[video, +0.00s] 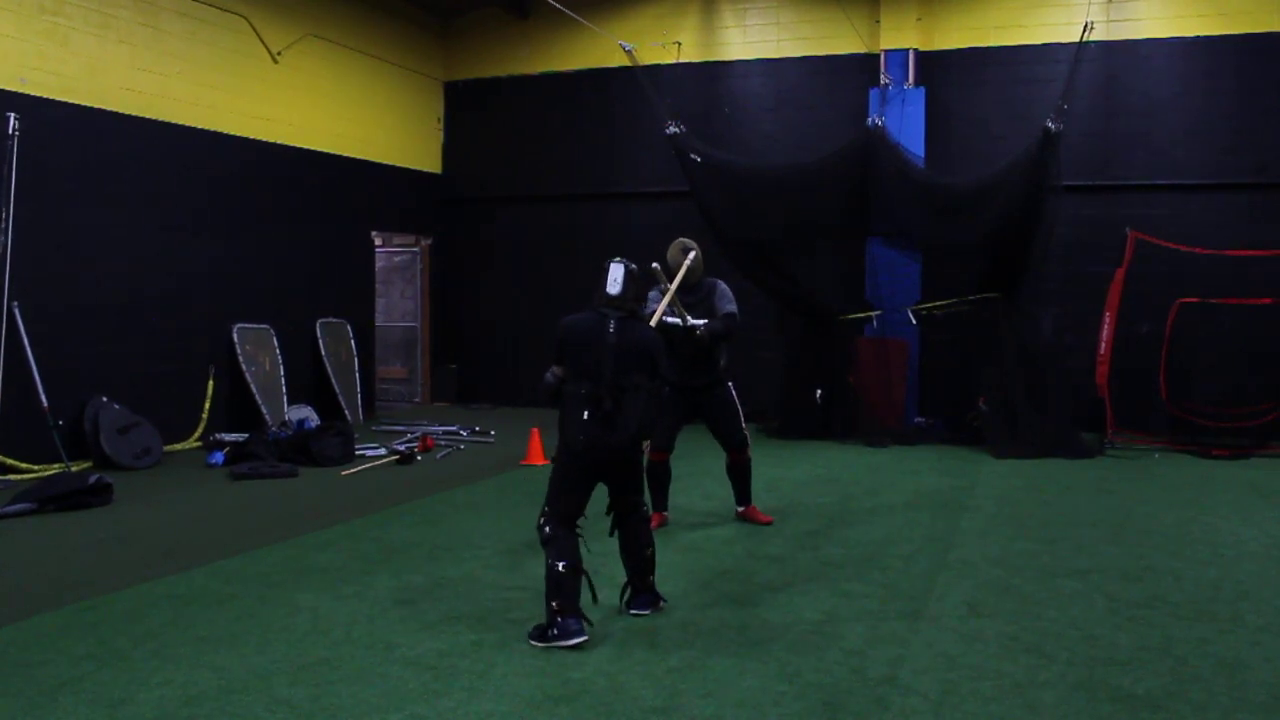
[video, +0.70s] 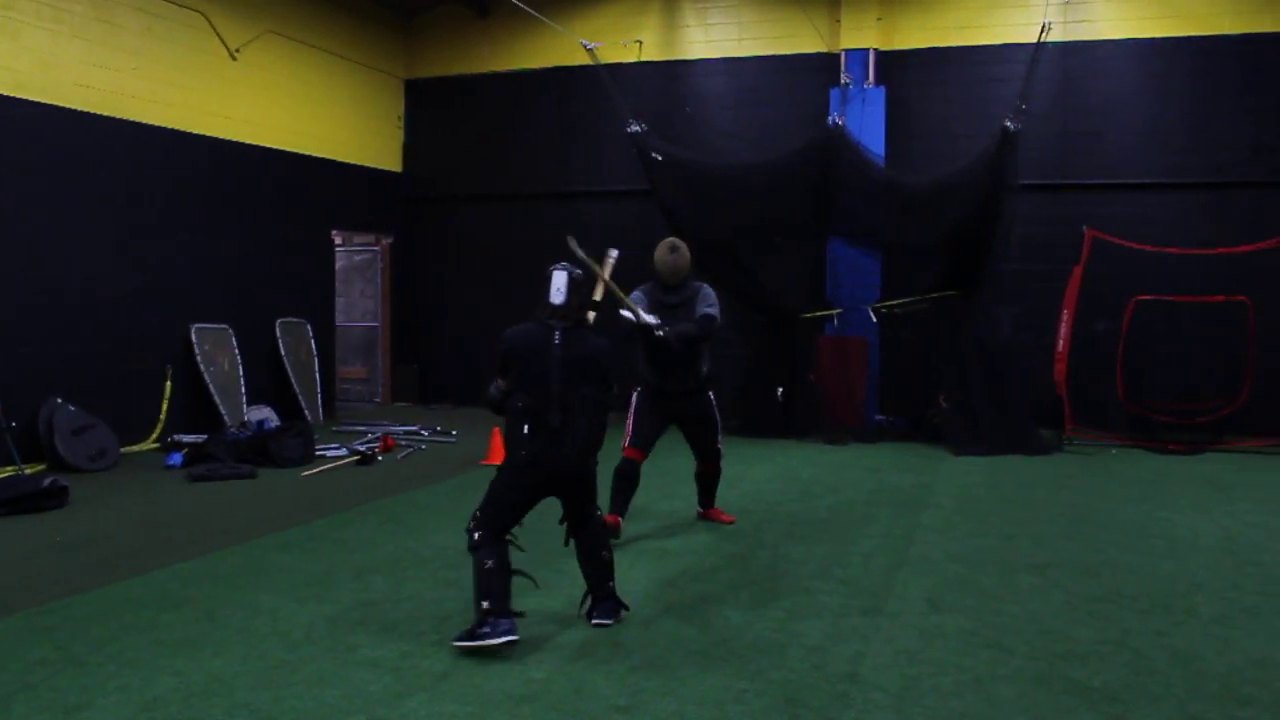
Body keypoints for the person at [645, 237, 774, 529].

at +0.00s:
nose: (690, 273)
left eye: (694, 267)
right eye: (683, 268)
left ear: (701, 266)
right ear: (672, 269)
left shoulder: (716, 289)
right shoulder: (659, 295)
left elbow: (730, 320)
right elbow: (650, 324)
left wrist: (705, 329)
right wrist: (675, 323)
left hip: (713, 383)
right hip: (672, 384)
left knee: (738, 443)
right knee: (659, 448)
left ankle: (744, 506)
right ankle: (658, 512)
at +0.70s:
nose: (672, 279)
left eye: (677, 273)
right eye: (667, 273)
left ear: (686, 270)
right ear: (658, 270)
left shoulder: (702, 294)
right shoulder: (642, 297)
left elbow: (708, 325)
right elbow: (625, 322)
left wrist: (668, 333)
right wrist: (645, 325)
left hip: (694, 390)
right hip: (652, 390)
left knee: (710, 454)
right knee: (632, 454)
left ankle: (707, 508)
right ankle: (615, 516)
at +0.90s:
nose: (640, 272)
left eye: (646, 265)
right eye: (634, 268)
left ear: (658, 273)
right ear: (626, 276)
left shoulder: (676, 301)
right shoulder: (617, 308)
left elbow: (682, 330)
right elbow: (601, 334)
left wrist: (634, 321)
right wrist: (612, 298)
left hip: (668, 401)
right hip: (627, 403)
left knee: (689, 463)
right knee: (612, 468)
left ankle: (700, 509)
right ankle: (605, 535)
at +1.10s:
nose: (625, 271)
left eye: (629, 266)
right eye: (617, 268)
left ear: (639, 277)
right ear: (605, 282)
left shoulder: (657, 306)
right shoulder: (595, 311)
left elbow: (657, 334)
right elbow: (589, 332)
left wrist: (617, 344)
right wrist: (597, 343)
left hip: (651, 407)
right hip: (609, 410)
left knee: (677, 468)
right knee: (593, 474)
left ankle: (682, 510)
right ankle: (599, 536)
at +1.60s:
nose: (649, 277)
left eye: (654, 272)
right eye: (645, 272)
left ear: (665, 275)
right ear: (636, 276)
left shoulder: (687, 307)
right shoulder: (623, 309)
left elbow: (696, 350)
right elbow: (601, 353)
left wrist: (651, 358)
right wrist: (616, 339)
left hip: (678, 401)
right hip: (634, 402)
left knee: (695, 472)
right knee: (616, 469)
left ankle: (697, 510)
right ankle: (603, 531)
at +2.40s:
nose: (665, 286)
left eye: (671, 280)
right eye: (661, 280)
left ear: (681, 282)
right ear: (652, 283)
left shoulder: (696, 312)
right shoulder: (644, 308)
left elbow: (688, 355)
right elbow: (627, 350)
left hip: (688, 392)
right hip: (650, 391)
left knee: (698, 447)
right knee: (643, 446)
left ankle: (696, 509)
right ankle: (635, 494)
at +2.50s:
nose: (659, 276)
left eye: (665, 270)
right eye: (655, 270)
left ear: (678, 276)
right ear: (648, 275)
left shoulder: (694, 307)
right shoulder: (642, 302)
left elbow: (683, 354)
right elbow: (629, 339)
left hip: (685, 386)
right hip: (646, 386)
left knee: (694, 445)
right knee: (649, 447)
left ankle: (696, 508)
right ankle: (653, 507)